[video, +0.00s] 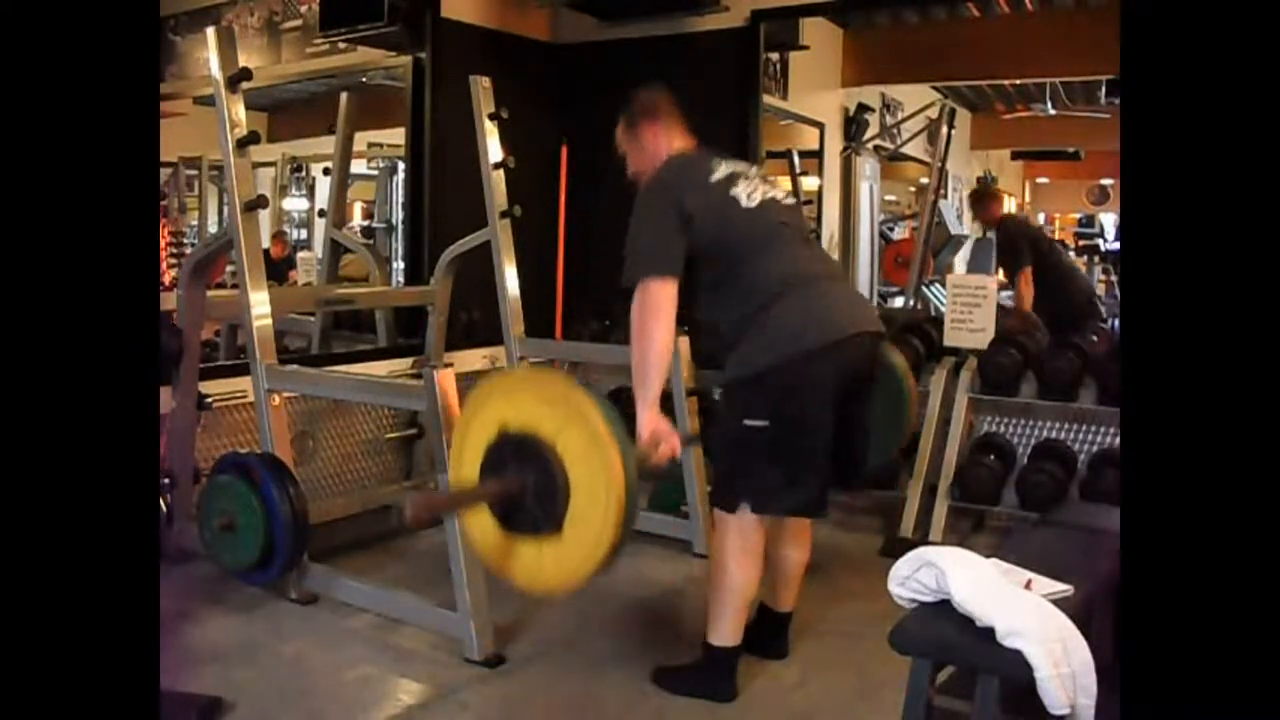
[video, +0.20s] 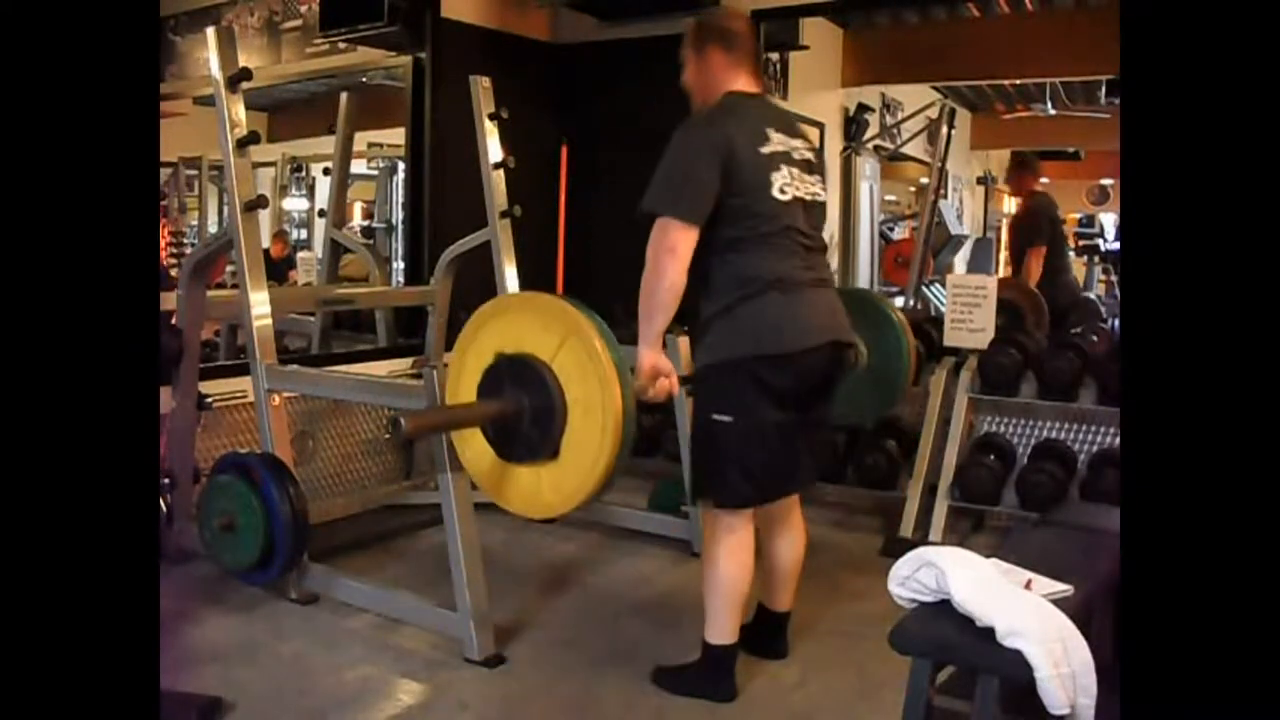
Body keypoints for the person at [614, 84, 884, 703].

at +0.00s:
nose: (630, 169)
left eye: (628, 153)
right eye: (626, 156)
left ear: (652, 133)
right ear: (681, 132)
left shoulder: (665, 188)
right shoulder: (737, 175)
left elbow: (655, 295)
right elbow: (786, 268)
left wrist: (647, 406)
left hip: (779, 351)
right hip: (852, 337)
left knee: (736, 504)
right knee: (795, 497)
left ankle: (717, 666)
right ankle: (773, 630)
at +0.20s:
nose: (684, 80)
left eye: (686, 66)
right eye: (685, 66)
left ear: (706, 59)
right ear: (750, 60)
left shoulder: (712, 127)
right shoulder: (800, 128)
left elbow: (672, 244)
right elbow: (788, 239)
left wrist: (648, 345)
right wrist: (719, 336)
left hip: (750, 347)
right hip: (821, 340)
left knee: (728, 509)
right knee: (780, 494)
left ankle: (716, 668)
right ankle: (771, 631)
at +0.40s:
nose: (722, 64)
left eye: (726, 49)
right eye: (724, 50)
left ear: (754, 50)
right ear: (788, 54)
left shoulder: (742, 126)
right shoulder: (823, 133)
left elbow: (694, 242)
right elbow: (804, 249)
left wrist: (650, 338)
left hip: (739, 344)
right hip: (808, 341)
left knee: (722, 503)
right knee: (772, 489)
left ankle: (715, 669)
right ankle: (771, 632)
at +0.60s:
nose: (723, 63)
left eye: (727, 49)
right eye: (725, 49)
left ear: (755, 50)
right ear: (789, 54)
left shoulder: (741, 128)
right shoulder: (823, 135)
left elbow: (695, 245)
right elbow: (801, 250)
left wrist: (650, 341)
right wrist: (688, 339)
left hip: (738, 343)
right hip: (806, 340)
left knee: (721, 503)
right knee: (772, 489)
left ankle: (714, 669)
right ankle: (770, 631)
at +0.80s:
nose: (718, 61)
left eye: (723, 47)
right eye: (720, 48)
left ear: (751, 49)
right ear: (784, 53)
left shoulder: (739, 127)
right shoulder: (819, 132)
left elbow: (696, 244)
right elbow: (800, 250)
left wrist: (653, 342)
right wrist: (690, 339)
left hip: (740, 342)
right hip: (809, 338)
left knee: (722, 503)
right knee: (774, 490)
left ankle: (715, 668)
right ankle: (771, 631)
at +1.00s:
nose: (716, 62)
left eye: (721, 47)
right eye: (718, 48)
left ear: (749, 49)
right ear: (779, 53)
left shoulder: (740, 127)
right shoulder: (818, 130)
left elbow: (699, 245)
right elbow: (807, 249)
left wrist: (658, 343)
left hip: (744, 343)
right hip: (813, 339)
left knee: (724, 507)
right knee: (776, 492)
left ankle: (715, 668)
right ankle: (772, 631)